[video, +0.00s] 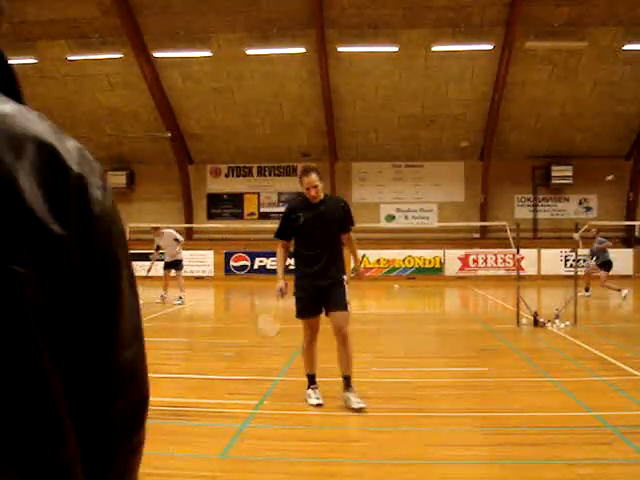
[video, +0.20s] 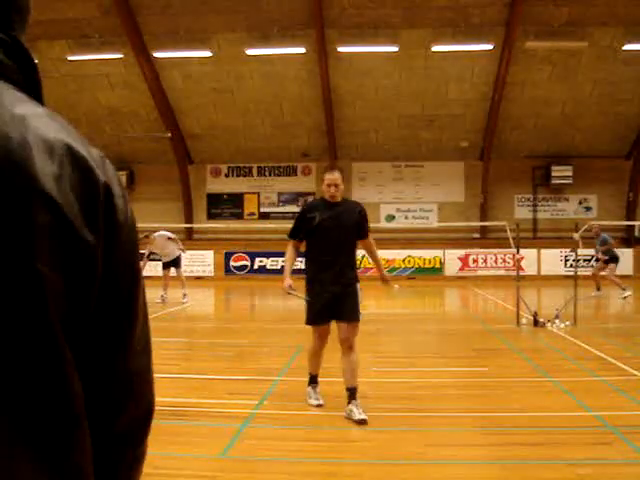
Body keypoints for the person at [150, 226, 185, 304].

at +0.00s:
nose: (154, 234)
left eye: (155, 232)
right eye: (153, 233)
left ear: (159, 230)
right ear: (154, 232)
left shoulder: (170, 233)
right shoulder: (157, 239)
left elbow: (181, 241)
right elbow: (155, 254)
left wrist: (176, 251)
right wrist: (150, 267)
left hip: (177, 257)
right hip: (168, 258)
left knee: (178, 276)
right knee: (166, 276)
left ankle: (182, 296)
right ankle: (164, 294)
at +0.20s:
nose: (148, 242)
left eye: (148, 240)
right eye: (146, 241)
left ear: (150, 236)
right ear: (146, 241)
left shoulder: (161, 234)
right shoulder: (150, 247)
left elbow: (174, 238)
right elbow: (146, 258)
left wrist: (181, 246)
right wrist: (142, 269)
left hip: (175, 254)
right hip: (165, 257)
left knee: (179, 274)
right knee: (165, 276)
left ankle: (184, 293)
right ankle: (164, 294)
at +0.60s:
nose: (149, 247)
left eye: (150, 244)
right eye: (148, 245)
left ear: (152, 240)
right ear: (147, 244)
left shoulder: (161, 237)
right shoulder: (150, 250)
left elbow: (174, 239)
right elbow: (148, 262)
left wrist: (180, 247)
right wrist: (145, 274)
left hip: (176, 255)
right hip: (166, 259)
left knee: (184, 271)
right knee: (167, 276)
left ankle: (193, 287)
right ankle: (164, 294)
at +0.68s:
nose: (155, 246)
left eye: (155, 244)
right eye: (153, 245)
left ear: (156, 240)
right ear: (151, 245)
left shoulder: (164, 236)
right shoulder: (153, 249)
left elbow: (177, 239)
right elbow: (153, 261)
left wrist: (182, 248)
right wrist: (153, 273)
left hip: (177, 255)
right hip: (167, 259)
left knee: (185, 274)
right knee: (167, 277)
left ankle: (192, 290)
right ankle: (164, 294)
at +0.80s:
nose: (162, 238)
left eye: (162, 236)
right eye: (160, 238)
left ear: (165, 234)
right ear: (159, 238)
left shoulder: (173, 235)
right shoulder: (160, 245)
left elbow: (181, 240)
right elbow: (161, 257)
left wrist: (185, 249)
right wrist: (163, 269)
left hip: (180, 256)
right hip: (170, 259)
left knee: (185, 275)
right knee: (168, 277)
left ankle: (190, 292)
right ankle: (165, 294)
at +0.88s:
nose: (167, 236)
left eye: (167, 233)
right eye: (165, 235)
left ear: (169, 232)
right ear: (163, 236)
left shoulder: (178, 234)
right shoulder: (163, 244)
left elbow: (185, 241)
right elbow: (164, 255)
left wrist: (187, 251)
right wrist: (167, 263)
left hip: (182, 257)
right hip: (172, 260)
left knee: (186, 275)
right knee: (170, 277)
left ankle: (188, 294)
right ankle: (165, 294)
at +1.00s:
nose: (180, 232)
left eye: (181, 229)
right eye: (178, 230)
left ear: (182, 229)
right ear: (175, 230)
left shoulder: (187, 234)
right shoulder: (172, 239)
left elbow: (191, 242)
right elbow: (172, 253)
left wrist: (194, 251)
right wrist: (179, 263)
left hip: (188, 259)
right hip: (177, 260)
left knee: (191, 277)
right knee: (172, 277)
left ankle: (188, 295)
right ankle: (166, 294)